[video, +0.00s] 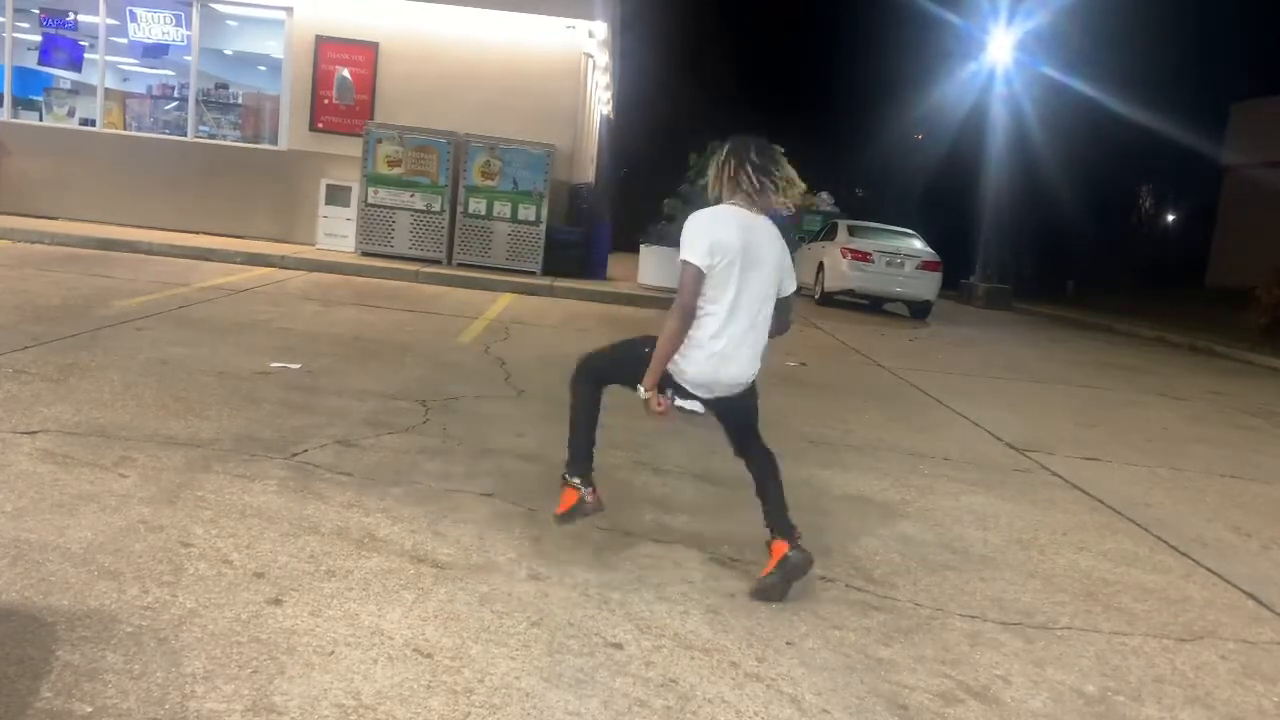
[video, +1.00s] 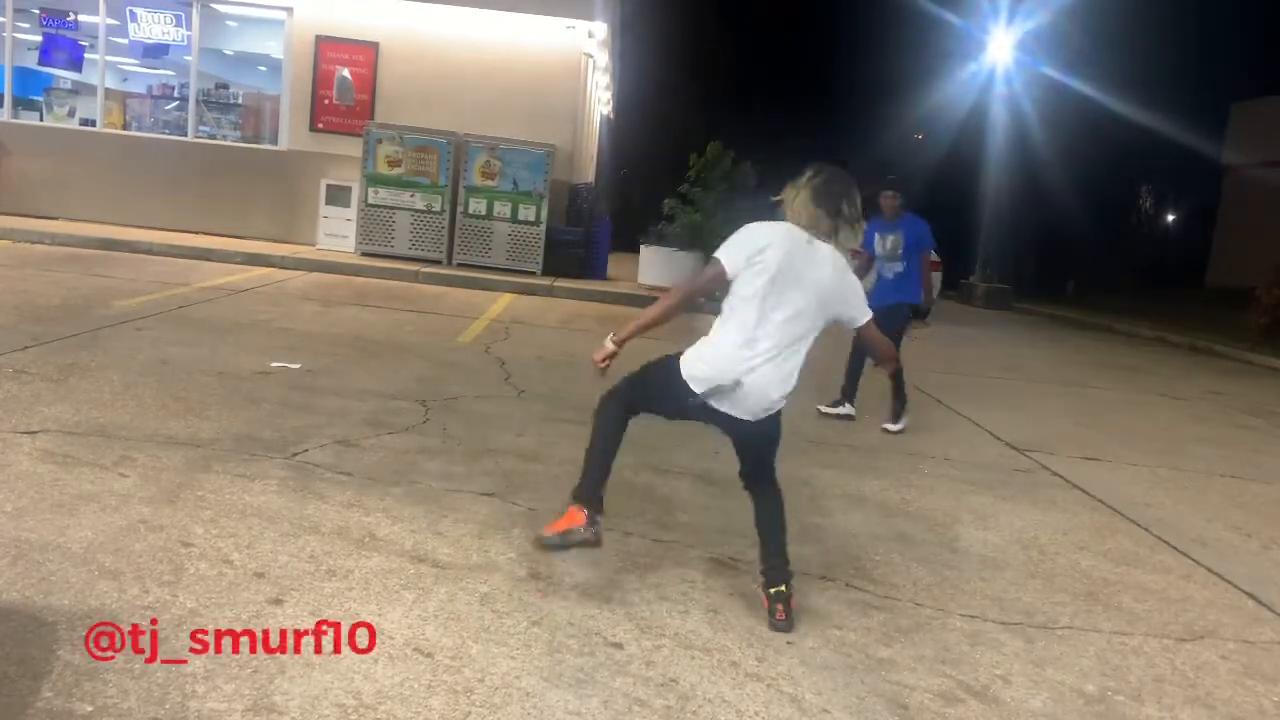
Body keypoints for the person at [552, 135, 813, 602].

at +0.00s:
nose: (711, 177)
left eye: (714, 170)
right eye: (714, 170)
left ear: (724, 174)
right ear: (766, 179)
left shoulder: (705, 223)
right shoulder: (775, 238)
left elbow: (685, 308)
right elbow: (782, 321)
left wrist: (652, 378)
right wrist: (733, 336)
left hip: (687, 364)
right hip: (738, 377)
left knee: (589, 371)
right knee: (753, 448)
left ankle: (578, 482)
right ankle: (784, 540)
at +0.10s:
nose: (701, 178)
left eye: (705, 171)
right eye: (704, 172)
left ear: (715, 173)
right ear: (763, 178)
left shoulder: (701, 223)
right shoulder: (774, 237)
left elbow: (683, 311)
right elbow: (791, 319)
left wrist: (651, 381)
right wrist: (782, 360)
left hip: (689, 369)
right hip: (738, 378)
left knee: (618, 425)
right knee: (712, 452)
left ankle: (567, 517)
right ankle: (769, 543)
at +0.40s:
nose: (731, 193)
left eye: (737, 187)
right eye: (736, 186)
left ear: (745, 192)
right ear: (790, 198)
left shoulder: (722, 239)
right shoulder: (803, 252)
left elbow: (694, 320)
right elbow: (828, 328)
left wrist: (661, 393)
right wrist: (817, 357)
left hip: (705, 373)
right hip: (759, 386)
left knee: (625, 378)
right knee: (735, 458)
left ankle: (581, 474)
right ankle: (785, 558)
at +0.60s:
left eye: (757, 178)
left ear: (763, 182)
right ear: (813, 195)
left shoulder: (730, 224)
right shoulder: (813, 254)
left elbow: (689, 295)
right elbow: (854, 322)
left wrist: (633, 361)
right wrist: (876, 348)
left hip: (697, 373)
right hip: (758, 392)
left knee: (617, 417)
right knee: (776, 469)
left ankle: (595, 535)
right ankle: (784, 573)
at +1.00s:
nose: (786, 199)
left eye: (792, 194)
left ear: (797, 200)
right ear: (844, 220)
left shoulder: (759, 235)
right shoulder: (840, 273)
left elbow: (690, 291)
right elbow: (883, 351)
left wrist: (620, 338)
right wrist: (890, 360)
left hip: (700, 377)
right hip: (759, 407)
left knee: (618, 402)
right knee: (762, 482)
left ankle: (584, 509)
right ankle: (778, 590)